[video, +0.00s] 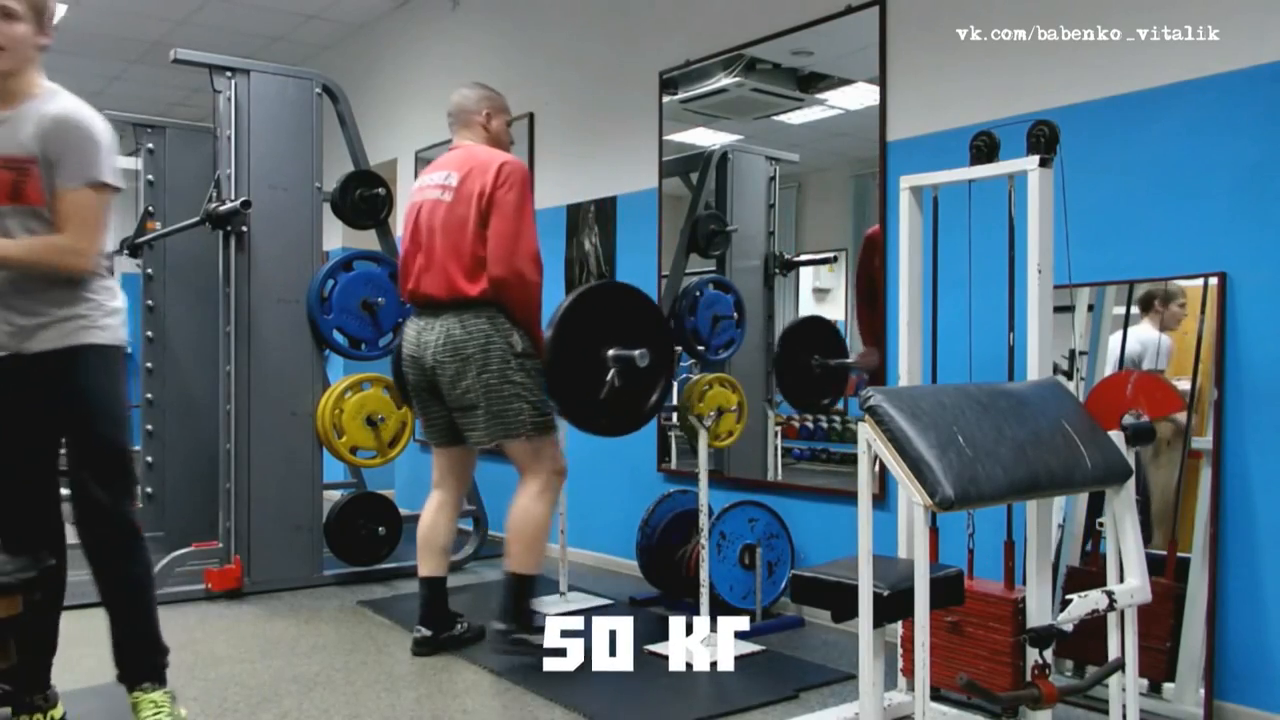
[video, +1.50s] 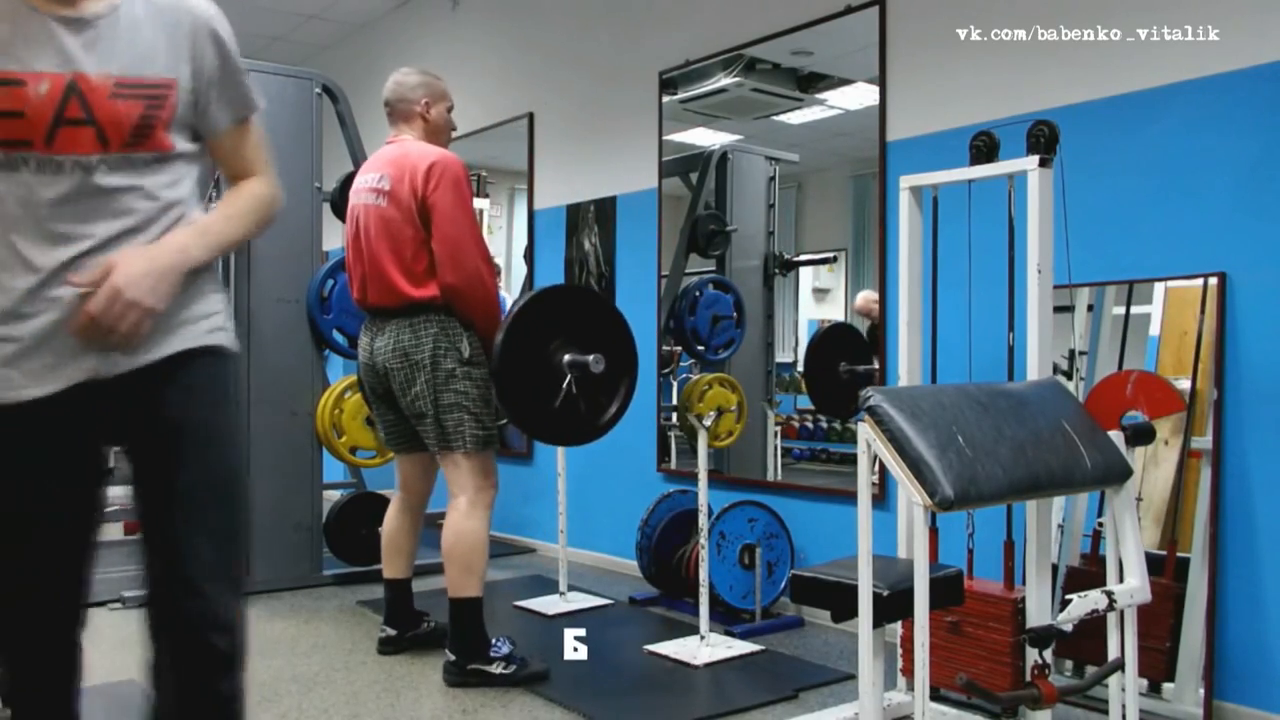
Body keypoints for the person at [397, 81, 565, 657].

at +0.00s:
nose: (509, 132)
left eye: (508, 123)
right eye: (507, 122)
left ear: (459, 122)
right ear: (486, 118)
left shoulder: (427, 177)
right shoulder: (504, 168)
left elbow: (408, 269)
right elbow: (511, 268)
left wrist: (438, 315)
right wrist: (532, 339)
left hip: (419, 333)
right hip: (480, 330)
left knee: (448, 479)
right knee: (542, 470)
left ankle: (434, 621)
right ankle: (516, 616)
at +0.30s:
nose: (516, 128)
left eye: (516, 119)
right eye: (515, 119)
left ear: (462, 112)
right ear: (498, 111)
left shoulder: (425, 169)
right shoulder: (504, 167)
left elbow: (404, 266)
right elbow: (514, 272)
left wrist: (435, 312)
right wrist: (529, 342)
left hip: (416, 332)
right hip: (477, 334)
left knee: (442, 487)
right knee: (486, 494)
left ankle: (431, 626)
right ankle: (474, 649)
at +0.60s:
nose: (514, 127)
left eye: (516, 118)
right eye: (513, 117)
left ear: (462, 106)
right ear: (492, 106)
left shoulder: (419, 163)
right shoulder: (494, 163)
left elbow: (398, 266)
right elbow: (504, 269)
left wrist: (432, 312)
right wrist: (522, 341)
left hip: (408, 331)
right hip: (467, 333)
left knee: (432, 479)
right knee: (480, 492)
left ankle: (405, 615)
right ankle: (473, 648)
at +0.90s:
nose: (476, 123)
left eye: (475, 113)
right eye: (470, 112)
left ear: (423, 113)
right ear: (445, 109)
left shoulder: (390, 168)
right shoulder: (462, 163)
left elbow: (376, 270)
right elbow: (477, 268)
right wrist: (504, 339)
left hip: (386, 331)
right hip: (444, 330)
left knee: (409, 484)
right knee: (483, 487)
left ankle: (400, 622)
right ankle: (475, 648)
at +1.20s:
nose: (452, 123)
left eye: (451, 113)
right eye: (449, 112)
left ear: (398, 113)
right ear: (425, 109)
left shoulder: (368, 171)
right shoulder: (439, 164)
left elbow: (361, 269)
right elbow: (460, 268)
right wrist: (490, 329)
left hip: (376, 336)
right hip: (434, 333)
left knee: (410, 483)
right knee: (463, 489)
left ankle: (400, 622)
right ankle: (469, 649)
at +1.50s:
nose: (453, 122)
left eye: (451, 112)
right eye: (450, 111)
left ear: (399, 112)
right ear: (427, 108)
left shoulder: (368, 171)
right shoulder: (438, 164)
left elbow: (360, 271)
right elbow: (464, 270)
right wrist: (498, 341)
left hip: (378, 338)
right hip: (436, 333)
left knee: (412, 482)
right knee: (472, 488)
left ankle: (400, 621)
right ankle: (470, 650)